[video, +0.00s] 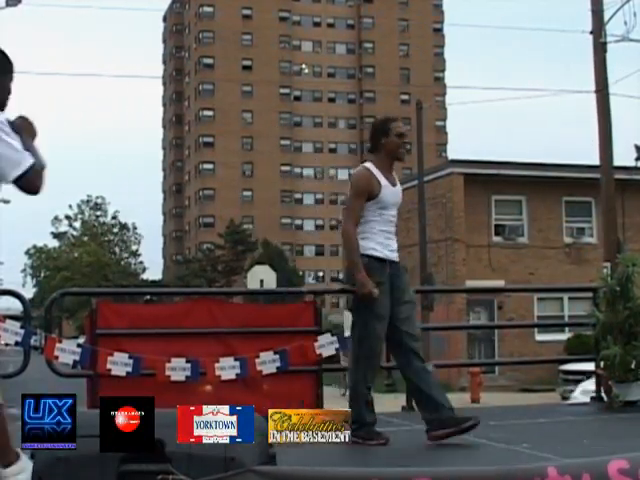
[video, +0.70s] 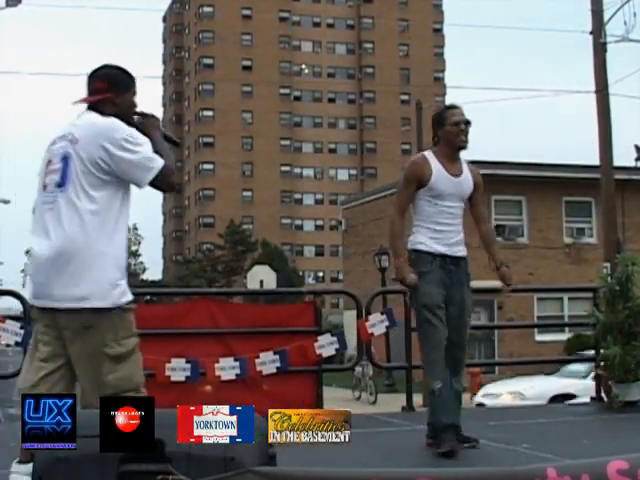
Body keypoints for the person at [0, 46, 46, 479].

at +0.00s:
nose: (11, 91)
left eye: (11, 82)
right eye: (9, 82)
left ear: (3, 84)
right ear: (2, 84)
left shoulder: (4, 130)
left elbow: (30, 181)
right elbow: (33, 182)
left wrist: (21, 140)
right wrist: (29, 141)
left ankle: (11, 459)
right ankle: (10, 460)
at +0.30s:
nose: (59, 94)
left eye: (58, 87)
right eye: (55, 86)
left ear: (20, 84)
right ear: (32, 83)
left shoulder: (9, 118)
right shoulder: (33, 117)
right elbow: (96, 169)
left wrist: (72, 128)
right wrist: (79, 125)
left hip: (8, 270)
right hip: (30, 271)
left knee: (21, 365)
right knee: (60, 359)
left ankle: (22, 465)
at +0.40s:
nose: (75, 92)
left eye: (74, 85)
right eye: (72, 84)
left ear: (33, 86)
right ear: (52, 84)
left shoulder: (10, 122)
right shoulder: (52, 117)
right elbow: (112, 165)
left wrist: (90, 128)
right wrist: (96, 123)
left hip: (6, 268)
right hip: (46, 265)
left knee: (25, 361)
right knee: (87, 354)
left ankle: (22, 449)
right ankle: (36, 451)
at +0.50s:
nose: (94, 94)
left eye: (92, 87)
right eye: (90, 86)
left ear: (50, 86)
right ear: (71, 86)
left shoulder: (23, 128)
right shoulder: (70, 120)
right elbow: (129, 166)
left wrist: (104, 126)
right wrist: (115, 124)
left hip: (15, 270)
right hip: (62, 268)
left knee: (29, 369)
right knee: (109, 364)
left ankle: (23, 464)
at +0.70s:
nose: (135, 107)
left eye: (134, 100)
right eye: (132, 99)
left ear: (93, 98)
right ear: (113, 99)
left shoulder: (63, 136)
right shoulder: (109, 132)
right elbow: (169, 178)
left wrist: (143, 136)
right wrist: (156, 133)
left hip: (47, 285)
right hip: (95, 286)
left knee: (43, 393)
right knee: (121, 394)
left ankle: (27, 466)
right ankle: (131, 475)